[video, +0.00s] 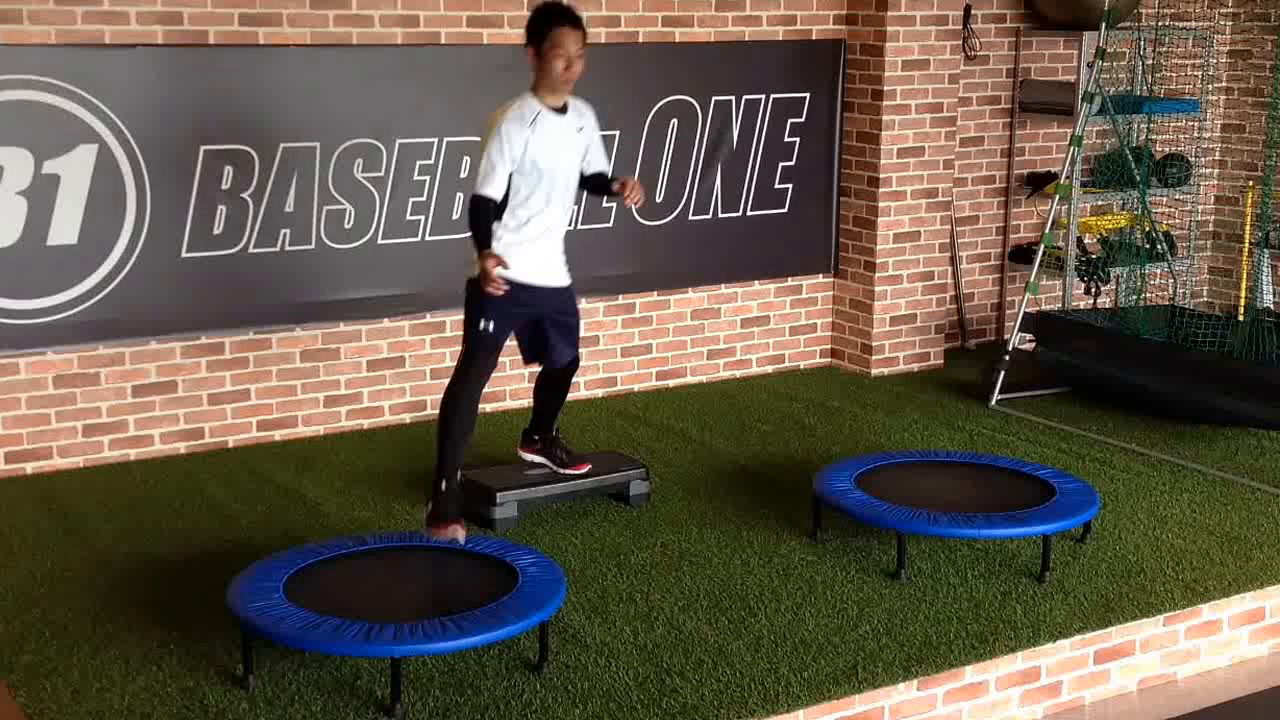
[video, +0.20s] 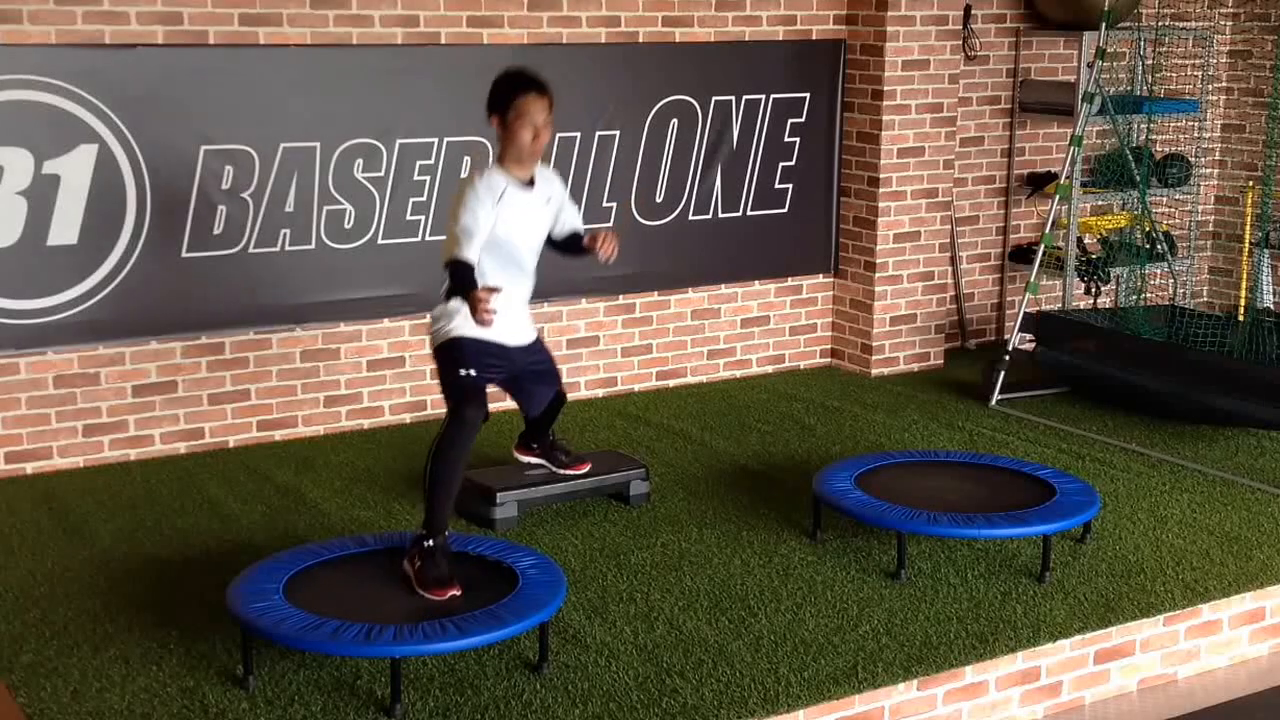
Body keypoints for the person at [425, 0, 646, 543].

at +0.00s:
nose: (572, 65)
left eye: (579, 55)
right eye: (561, 55)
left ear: (585, 59)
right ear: (534, 56)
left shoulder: (582, 116)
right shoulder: (512, 123)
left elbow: (590, 178)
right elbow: (483, 201)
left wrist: (618, 188)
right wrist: (485, 255)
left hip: (551, 274)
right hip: (501, 273)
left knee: (562, 362)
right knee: (470, 380)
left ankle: (538, 439)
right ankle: (445, 500)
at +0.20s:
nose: (541, 135)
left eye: (547, 124)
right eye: (528, 124)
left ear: (554, 129)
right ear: (497, 126)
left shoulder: (550, 186)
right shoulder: (481, 188)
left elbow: (564, 237)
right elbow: (458, 257)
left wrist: (591, 242)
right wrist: (470, 291)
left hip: (515, 320)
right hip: (464, 321)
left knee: (549, 396)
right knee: (468, 413)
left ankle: (534, 442)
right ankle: (430, 543)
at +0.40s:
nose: (517, 208)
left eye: (522, 197)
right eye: (504, 198)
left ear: (530, 198)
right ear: (473, 200)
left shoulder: (535, 238)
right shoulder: (455, 262)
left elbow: (562, 270)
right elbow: (445, 325)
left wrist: (576, 290)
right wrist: (466, 354)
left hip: (497, 355)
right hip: (439, 355)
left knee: (538, 413)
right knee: (440, 418)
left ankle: (534, 444)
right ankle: (428, 542)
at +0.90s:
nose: (513, 285)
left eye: (520, 273)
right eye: (500, 275)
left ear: (527, 266)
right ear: (469, 272)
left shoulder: (534, 285)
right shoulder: (449, 319)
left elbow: (566, 302)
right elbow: (463, 386)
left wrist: (580, 342)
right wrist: (495, 427)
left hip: (491, 371)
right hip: (427, 372)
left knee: (535, 419)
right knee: (436, 416)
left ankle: (541, 447)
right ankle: (427, 544)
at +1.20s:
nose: (560, 223)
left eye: (563, 211)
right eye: (547, 214)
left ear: (567, 214)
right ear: (512, 220)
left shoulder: (560, 251)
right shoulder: (491, 281)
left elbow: (565, 288)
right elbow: (507, 383)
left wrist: (585, 322)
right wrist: (522, 471)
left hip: (500, 346)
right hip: (440, 348)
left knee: (548, 392)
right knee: (463, 416)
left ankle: (535, 446)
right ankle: (427, 542)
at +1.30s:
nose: (577, 196)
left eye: (579, 185)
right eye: (565, 186)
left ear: (584, 188)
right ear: (531, 191)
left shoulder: (571, 228)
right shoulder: (518, 251)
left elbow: (577, 263)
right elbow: (534, 331)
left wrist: (602, 292)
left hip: (515, 332)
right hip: (460, 336)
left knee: (562, 379)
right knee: (484, 419)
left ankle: (529, 446)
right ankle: (432, 544)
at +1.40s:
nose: (599, 155)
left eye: (602, 144)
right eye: (587, 146)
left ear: (605, 146)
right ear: (555, 152)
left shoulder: (595, 195)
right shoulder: (544, 208)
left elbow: (623, 229)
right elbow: (558, 266)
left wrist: (653, 253)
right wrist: (591, 298)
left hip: (534, 320)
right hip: (492, 324)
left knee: (581, 364)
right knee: (497, 416)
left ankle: (530, 449)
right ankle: (434, 540)